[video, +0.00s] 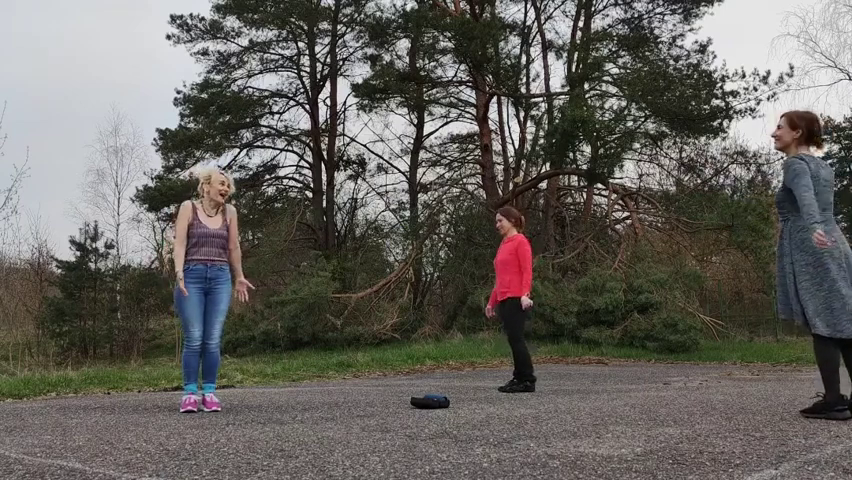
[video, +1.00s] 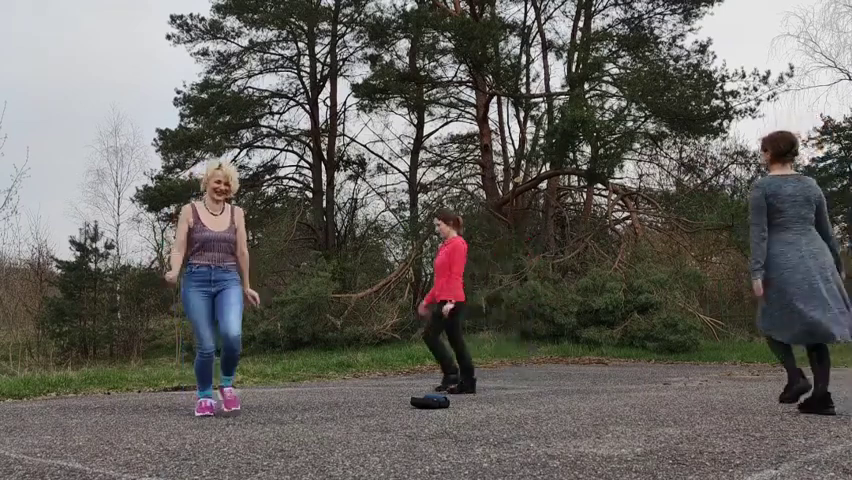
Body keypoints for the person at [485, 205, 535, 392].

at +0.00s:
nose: (497, 225)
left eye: (500, 221)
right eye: (496, 222)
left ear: (512, 221)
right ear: (500, 223)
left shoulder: (521, 241)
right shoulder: (504, 244)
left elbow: (527, 269)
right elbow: (501, 277)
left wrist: (525, 293)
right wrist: (491, 302)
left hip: (515, 297)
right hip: (504, 298)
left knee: (516, 340)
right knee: (514, 340)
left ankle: (526, 379)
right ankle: (519, 377)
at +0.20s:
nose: (493, 222)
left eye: (497, 219)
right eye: (492, 219)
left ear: (508, 221)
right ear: (494, 223)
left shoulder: (517, 240)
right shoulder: (497, 246)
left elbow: (528, 266)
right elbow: (496, 278)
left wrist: (530, 292)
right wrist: (487, 302)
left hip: (516, 297)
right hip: (503, 298)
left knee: (515, 338)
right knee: (511, 339)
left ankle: (527, 380)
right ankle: (518, 378)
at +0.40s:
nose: (487, 232)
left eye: (489, 227)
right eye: (485, 229)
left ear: (500, 225)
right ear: (489, 229)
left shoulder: (511, 245)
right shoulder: (495, 246)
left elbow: (516, 271)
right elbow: (498, 272)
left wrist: (509, 292)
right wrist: (492, 292)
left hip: (511, 300)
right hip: (496, 301)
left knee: (511, 340)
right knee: (487, 338)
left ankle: (527, 380)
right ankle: (506, 377)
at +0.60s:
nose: (473, 230)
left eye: (475, 225)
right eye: (472, 227)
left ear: (486, 222)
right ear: (480, 225)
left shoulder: (495, 240)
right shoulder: (488, 242)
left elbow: (480, 263)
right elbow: (501, 272)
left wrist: (456, 266)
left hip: (497, 298)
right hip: (485, 298)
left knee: (507, 336)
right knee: (472, 334)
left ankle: (525, 377)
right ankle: (467, 378)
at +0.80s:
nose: (456, 230)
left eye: (458, 226)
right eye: (455, 227)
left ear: (469, 224)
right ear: (468, 226)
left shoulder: (475, 244)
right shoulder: (475, 244)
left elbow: (457, 267)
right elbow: (484, 275)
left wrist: (434, 276)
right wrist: (487, 300)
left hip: (472, 300)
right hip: (466, 300)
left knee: (474, 340)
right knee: (463, 341)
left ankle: (509, 369)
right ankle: (468, 382)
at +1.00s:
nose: (437, 229)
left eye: (439, 225)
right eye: (436, 225)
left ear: (449, 224)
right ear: (446, 226)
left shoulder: (458, 244)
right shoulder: (445, 246)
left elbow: (456, 275)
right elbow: (440, 279)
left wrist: (450, 299)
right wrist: (427, 300)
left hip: (452, 300)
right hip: (443, 299)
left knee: (430, 335)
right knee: (456, 340)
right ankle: (467, 382)